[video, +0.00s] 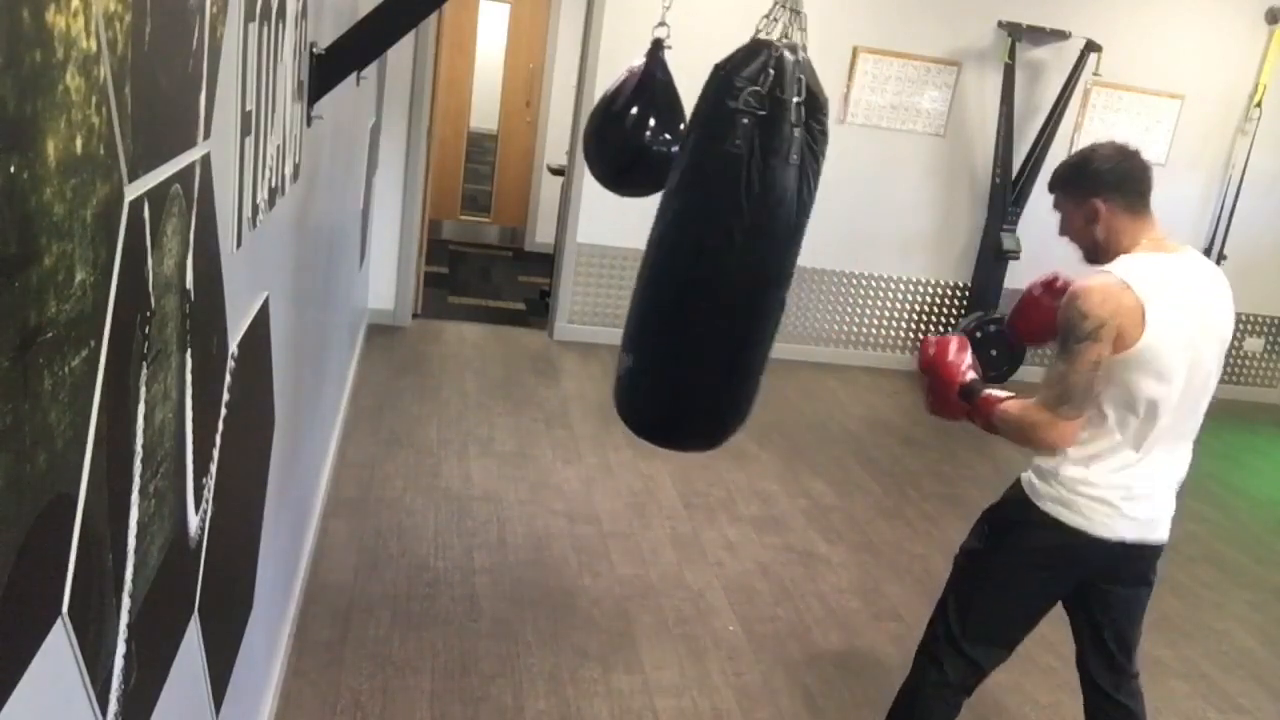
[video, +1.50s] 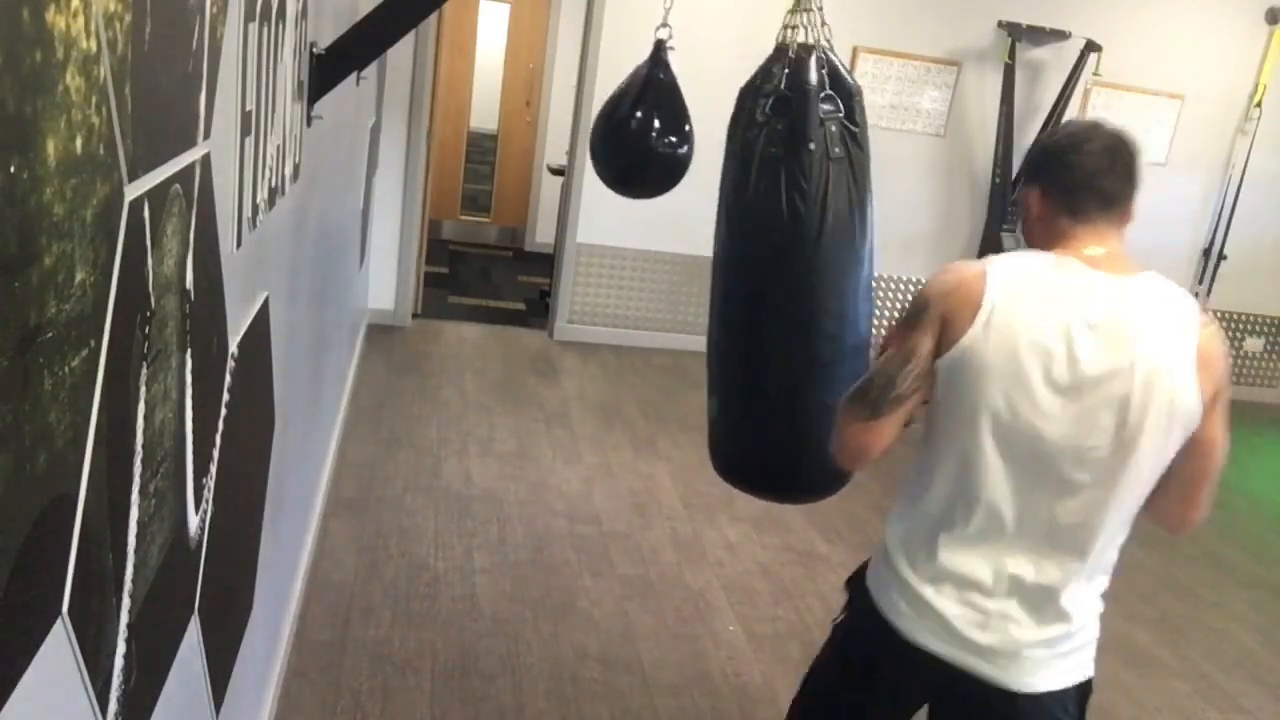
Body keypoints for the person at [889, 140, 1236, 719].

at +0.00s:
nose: (1062, 229)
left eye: (1064, 213)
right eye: (1060, 214)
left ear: (1099, 210)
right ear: (1136, 200)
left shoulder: (1100, 298)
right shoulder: (1212, 284)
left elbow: (1052, 430)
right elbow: (1146, 376)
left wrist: (971, 396)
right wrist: (1071, 320)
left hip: (1054, 520)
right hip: (1140, 533)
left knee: (948, 663)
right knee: (1115, 687)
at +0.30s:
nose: (967, 251)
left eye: (965, 236)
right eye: (964, 237)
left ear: (983, 224)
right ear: (1040, 212)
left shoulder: (981, 301)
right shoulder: (1144, 286)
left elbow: (922, 406)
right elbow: (1171, 411)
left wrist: (929, 339)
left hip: (1006, 559)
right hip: (1114, 568)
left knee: (921, 701)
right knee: (1109, 711)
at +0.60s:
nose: (992, 204)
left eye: (993, 192)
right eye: (995, 191)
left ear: (1004, 197)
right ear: (1081, 198)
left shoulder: (953, 292)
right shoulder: (1156, 306)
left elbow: (879, 434)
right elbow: (1173, 453)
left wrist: (933, 384)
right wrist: (1094, 425)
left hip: (948, 578)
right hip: (1069, 603)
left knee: (907, 710)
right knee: (1040, 712)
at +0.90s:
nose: (1064, 229)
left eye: (1066, 215)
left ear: (1079, 220)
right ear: (1170, 240)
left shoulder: (1003, 310)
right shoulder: (1224, 366)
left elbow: (891, 455)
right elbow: (1206, 536)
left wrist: (964, 410)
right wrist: (1139, 466)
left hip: (938, 637)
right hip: (1071, 679)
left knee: (889, 710)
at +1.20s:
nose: (1073, 239)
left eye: (1075, 224)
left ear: (1086, 229)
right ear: (1189, 250)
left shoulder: (998, 321)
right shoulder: (1238, 394)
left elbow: (887, 473)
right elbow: (1212, 580)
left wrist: (961, 437)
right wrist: (1135, 507)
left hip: (930, 666)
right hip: (1077, 701)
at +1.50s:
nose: (1021, 217)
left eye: (1021, 202)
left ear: (1033, 203)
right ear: (1129, 212)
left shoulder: (966, 289)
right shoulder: (1197, 339)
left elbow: (854, 445)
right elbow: (1182, 510)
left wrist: (900, 375)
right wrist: (1108, 442)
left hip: (902, 630)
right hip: (1042, 673)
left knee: (825, 711)